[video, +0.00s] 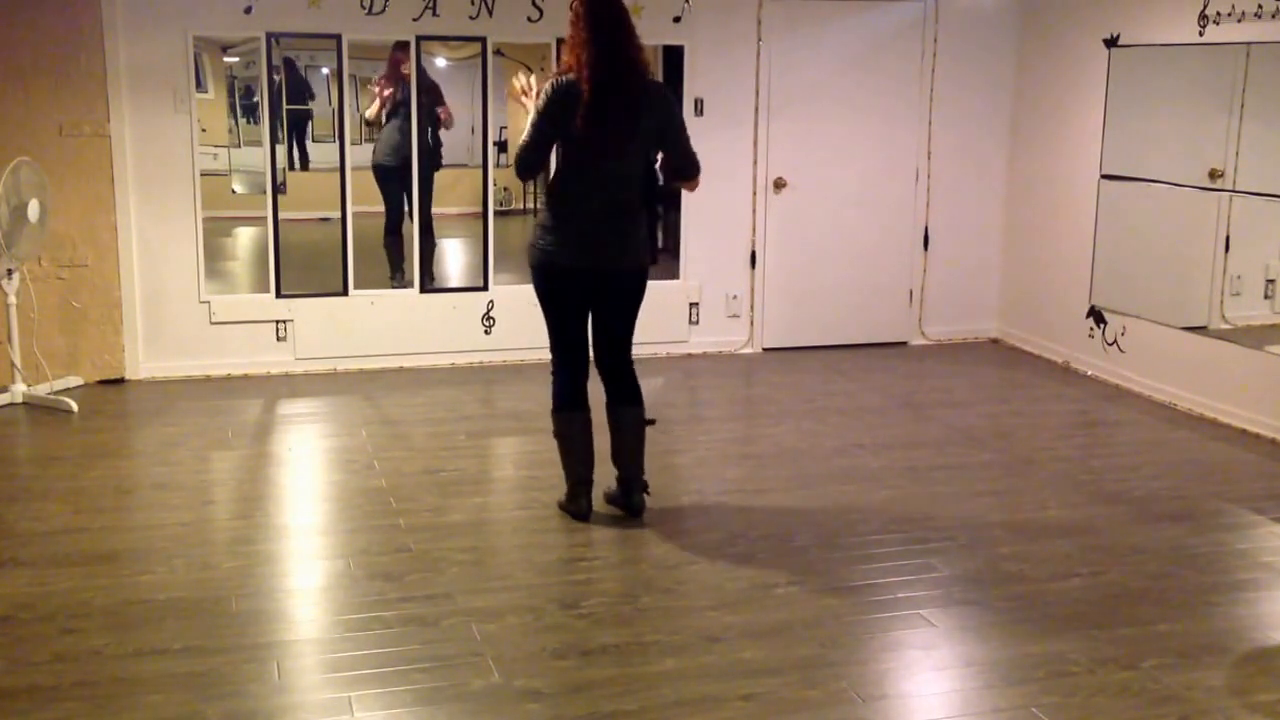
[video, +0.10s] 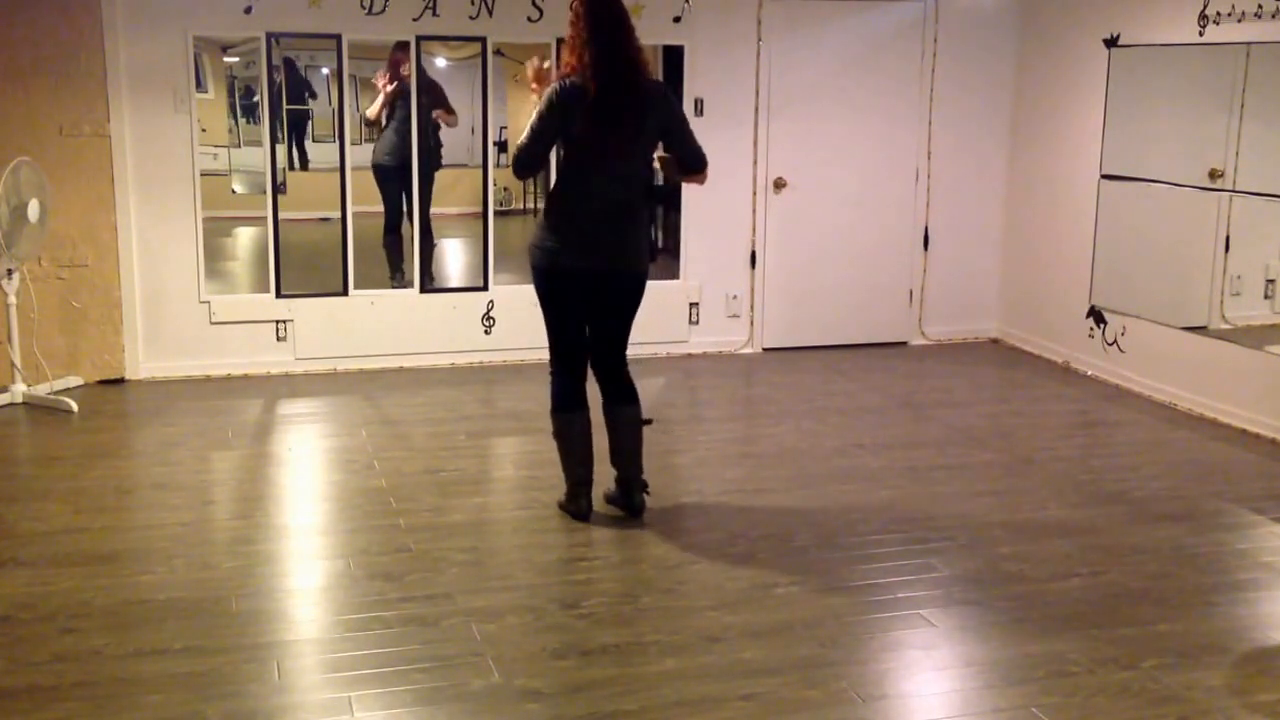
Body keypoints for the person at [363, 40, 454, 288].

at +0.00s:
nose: (404, 67)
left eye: (408, 62)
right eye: (399, 62)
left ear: (417, 61)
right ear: (392, 62)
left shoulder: (429, 86)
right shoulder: (386, 84)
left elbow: (446, 124)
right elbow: (370, 119)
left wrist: (445, 118)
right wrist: (380, 100)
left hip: (422, 160)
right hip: (388, 159)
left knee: (423, 216)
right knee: (394, 216)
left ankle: (427, 273)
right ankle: (397, 272)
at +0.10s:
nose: (404, 67)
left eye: (408, 62)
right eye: (399, 63)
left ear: (417, 61)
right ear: (392, 65)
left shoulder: (430, 86)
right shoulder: (389, 87)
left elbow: (453, 121)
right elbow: (371, 117)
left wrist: (443, 116)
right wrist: (383, 94)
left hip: (421, 162)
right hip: (389, 160)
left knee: (421, 217)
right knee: (393, 217)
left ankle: (426, 273)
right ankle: (396, 273)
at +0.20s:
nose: (405, 68)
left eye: (409, 63)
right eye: (400, 64)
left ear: (418, 62)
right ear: (392, 66)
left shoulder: (431, 87)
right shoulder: (390, 89)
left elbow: (455, 118)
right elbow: (372, 118)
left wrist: (444, 117)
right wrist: (387, 93)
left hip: (422, 162)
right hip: (388, 161)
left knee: (420, 218)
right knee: (393, 217)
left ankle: (426, 274)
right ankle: (396, 273)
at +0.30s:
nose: (404, 70)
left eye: (408, 64)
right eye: (399, 66)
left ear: (417, 63)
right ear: (391, 68)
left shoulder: (429, 85)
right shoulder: (387, 87)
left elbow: (455, 114)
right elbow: (375, 118)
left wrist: (444, 119)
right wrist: (394, 93)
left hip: (425, 161)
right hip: (391, 160)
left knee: (421, 217)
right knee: (393, 215)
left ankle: (425, 274)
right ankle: (396, 273)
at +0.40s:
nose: (406, 69)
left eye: (410, 64)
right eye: (401, 65)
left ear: (417, 62)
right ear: (393, 66)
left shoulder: (428, 84)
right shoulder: (387, 86)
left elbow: (454, 112)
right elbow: (378, 117)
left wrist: (444, 121)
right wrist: (397, 95)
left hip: (426, 159)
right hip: (394, 159)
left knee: (423, 217)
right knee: (395, 215)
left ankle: (426, 274)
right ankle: (396, 273)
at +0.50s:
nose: (406, 69)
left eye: (410, 64)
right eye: (401, 65)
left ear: (417, 62)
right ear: (393, 65)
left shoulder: (428, 83)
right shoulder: (387, 85)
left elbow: (454, 110)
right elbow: (377, 117)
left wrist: (446, 122)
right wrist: (399, 96)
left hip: (428, 159)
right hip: (396, 159)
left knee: (425, 216)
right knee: (397, 214)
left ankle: (426, 273)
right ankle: (396, 272)